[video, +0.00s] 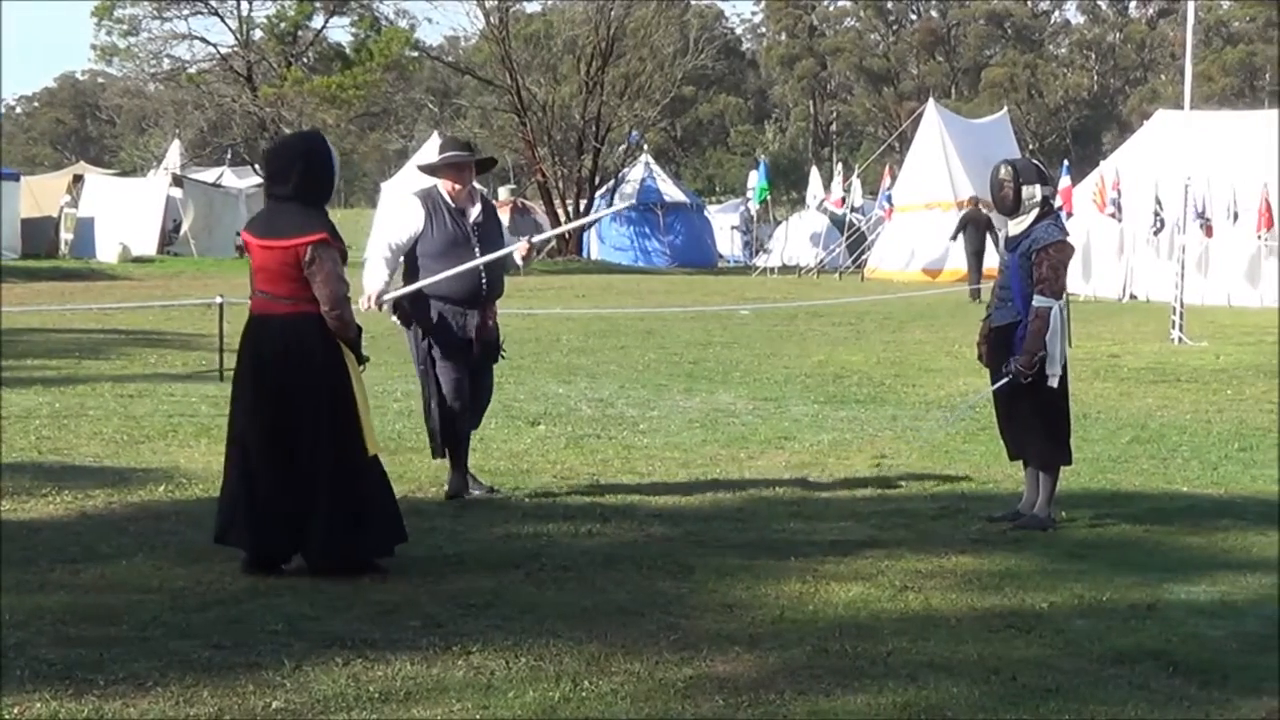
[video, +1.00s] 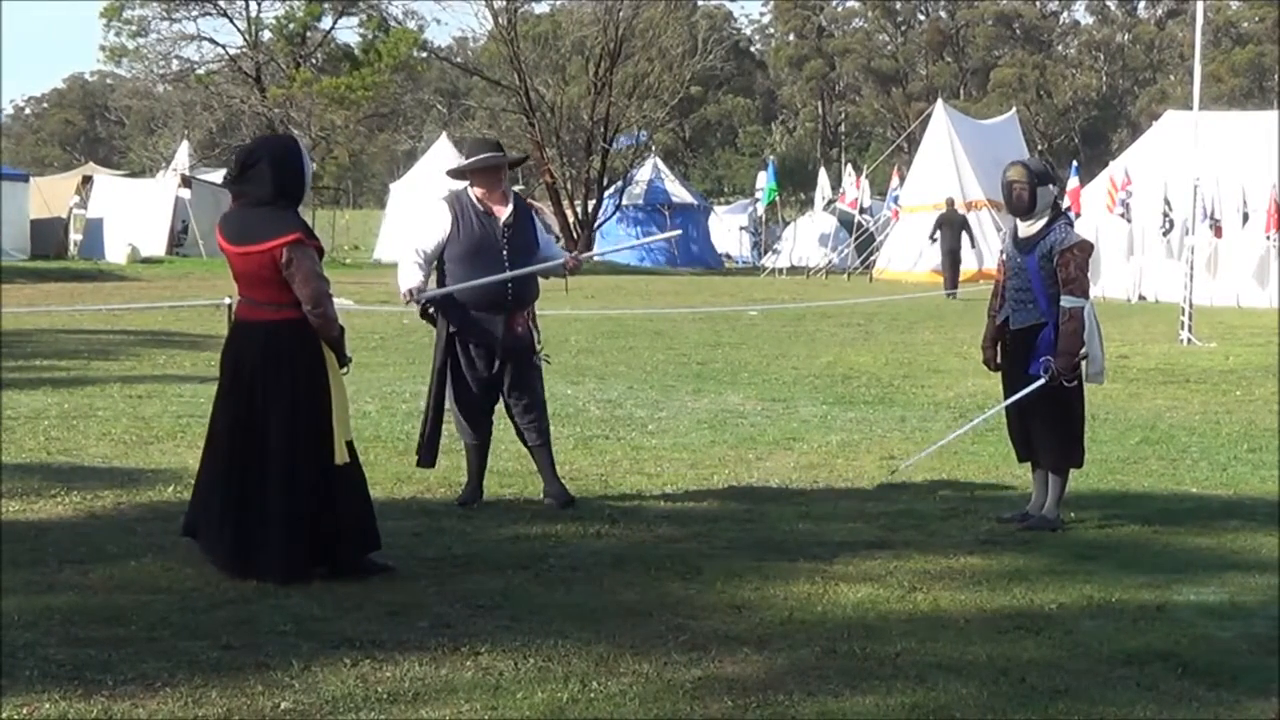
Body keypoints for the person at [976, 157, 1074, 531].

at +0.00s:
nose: (1003, 193)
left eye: (1010, 187)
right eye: (1001, 186)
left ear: (1032, 190)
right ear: (1001, 191)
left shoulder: (1048, 236)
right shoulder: (1015, 231)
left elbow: (1046, 303)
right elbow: (1005, 285)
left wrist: (1028, 354)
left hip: (1036, 338)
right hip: (1008, 336)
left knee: (1043, 419)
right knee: (1021, 418)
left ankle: (1044, 508)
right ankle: (1029, 501)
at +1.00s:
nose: (1014, 195)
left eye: (1022, 189)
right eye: (1010, 189)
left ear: (1045, 192)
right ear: (1006, 193)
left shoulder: (1063, 236)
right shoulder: (1014, 234)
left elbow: (1074, 300)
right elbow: (1003, 288)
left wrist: (1068, 353)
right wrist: (991, 335)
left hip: (1051, 338)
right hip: (1017, 338)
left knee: (1054, 418)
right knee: (1028, 416)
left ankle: (1052, 509)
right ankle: (1038, 502)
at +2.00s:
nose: (1010, 197)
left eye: (1018, 190)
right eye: (1006, 190)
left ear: (1041, 193)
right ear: (1004, 194)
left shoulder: (1061, 238)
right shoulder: (1011, 235)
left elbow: (1069, 301)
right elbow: (1000, 289)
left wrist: (1059, 354)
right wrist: (989, 335)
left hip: (1047, 337)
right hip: (1013, 337)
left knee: (1053, 416)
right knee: (1026, 415)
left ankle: (1053, 507)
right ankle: (1039, 501)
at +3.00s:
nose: (1004, 197)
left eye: (1012, 190)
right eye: (1001, 190)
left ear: (1036, 194)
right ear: (998, 194)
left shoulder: (1057, 238)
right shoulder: (1007, 236)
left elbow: (1067, 302)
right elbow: (996, 291)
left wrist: (1059, 356)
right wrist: (986, 337)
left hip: (1045, 339)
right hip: (1012, 340)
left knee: (1052, 418)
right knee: (1025, 417)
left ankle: (1053, 508)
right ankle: (1038, 501)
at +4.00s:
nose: (1005, 198)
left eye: (1013, 191)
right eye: (1001, 191)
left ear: (1036, 194)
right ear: (999, 196)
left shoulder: (1057, 239)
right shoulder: (1009, 237)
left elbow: (1065, 303)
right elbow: (998, 289)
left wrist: (1056, 355)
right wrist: (987, 336)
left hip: (1045, 338)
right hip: (1012, 339)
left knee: (1050, 418)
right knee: (1026, 417)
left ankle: (1053, 508)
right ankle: (1038, 502)